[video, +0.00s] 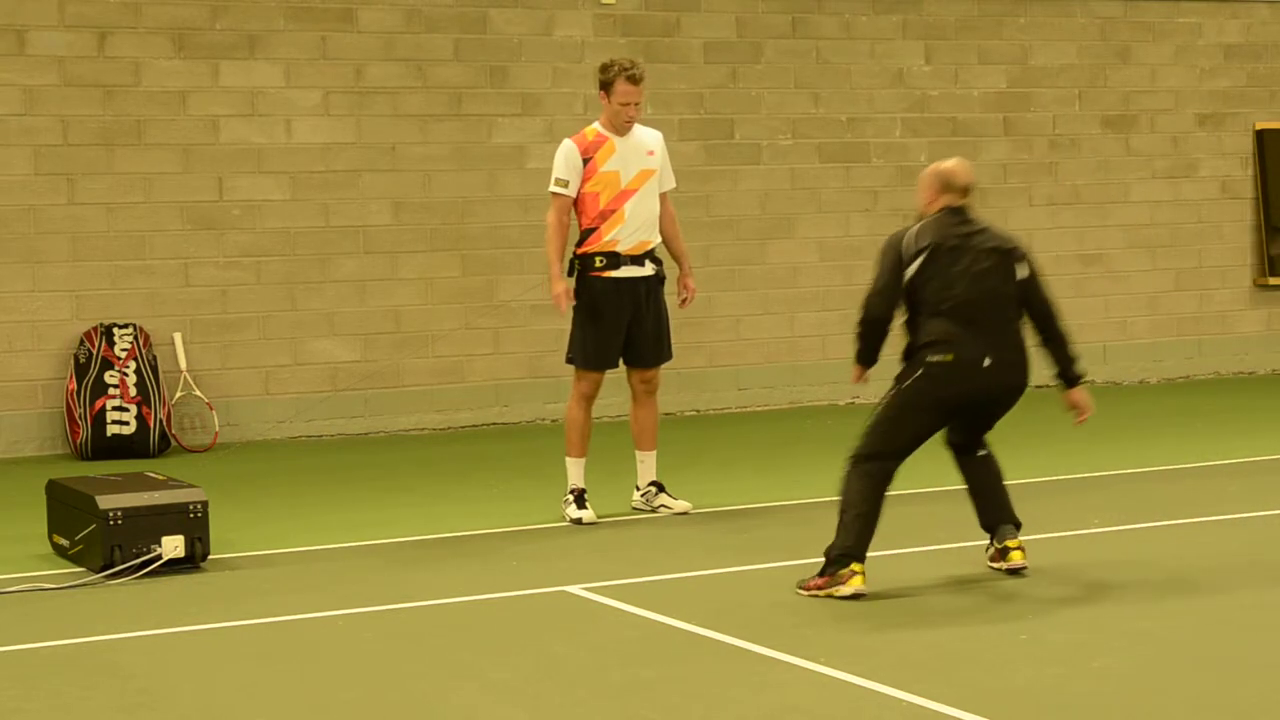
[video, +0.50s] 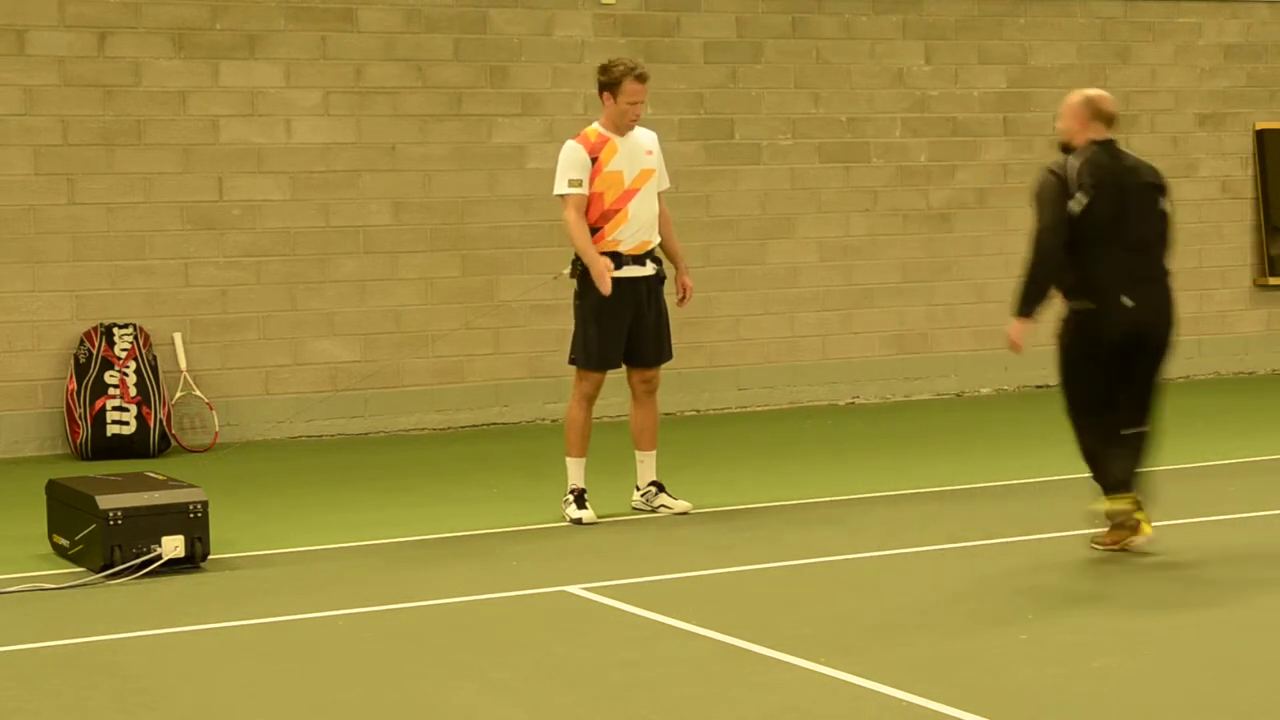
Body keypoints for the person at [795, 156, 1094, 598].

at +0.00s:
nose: (919, 199)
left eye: (922, 192)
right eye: (922, 190)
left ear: (934, 195)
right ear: (964, 196)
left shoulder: (907, 242)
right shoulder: (1005, 245)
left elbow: (878, 307)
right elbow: (1044, 316)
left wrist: (864, 357)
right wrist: (1071, 380)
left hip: (940, 371)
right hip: (1006, 375)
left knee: (871, 459)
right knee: (967, 436)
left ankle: (845, 564)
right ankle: (1007, 538)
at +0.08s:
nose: (951, 181)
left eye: (955, 174)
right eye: (954, 173)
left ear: (968, 177)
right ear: (998, 179)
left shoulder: (940, 224)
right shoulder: (1034, 232)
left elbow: (908, 286)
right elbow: (1069, 306)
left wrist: (885, 342)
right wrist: (1086, 371)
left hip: (959, 356)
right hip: (1024, 361)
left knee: (901, 445)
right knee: (987, 435)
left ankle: (854, 543)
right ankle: (1009, 538)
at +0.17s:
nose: (979, 166)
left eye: (983, 159)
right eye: (983, 157)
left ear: (994, 163)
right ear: (1026, 165)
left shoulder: (967, 209)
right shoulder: (1059, 220)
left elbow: (935, 273)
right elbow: (1083, 296)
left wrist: (907, 332)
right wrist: (1075, 360)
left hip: (984, 342)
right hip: (1044, 351)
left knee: (924, 426)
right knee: (1006, 433)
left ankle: (891, 527)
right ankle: (1012, 539)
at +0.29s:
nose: (1008, 146)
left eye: (1012, 137)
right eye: (1011, 137)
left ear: (1028, 142)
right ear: (1056, 145)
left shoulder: (1005, 188)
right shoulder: (1091, 197)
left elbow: (977, 248)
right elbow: (1097, 272)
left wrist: (949, 309)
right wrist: (1076, 320)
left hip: (1023, 323)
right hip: (1085, 330)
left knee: (983, 400)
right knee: (1041, 424)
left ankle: (986, 508)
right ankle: (1017, 533)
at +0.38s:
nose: (1027, 127)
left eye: (1032, 118)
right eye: (1031, 118)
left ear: (1047, 124)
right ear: (1073, 126)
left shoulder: (1028, 172)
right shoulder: (1112, 179)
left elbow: (1011, 235)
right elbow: (1112, 250)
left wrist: (980, 297)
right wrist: (1046, 275)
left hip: (1050, 308)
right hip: (1112, 310)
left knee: (1027, 393)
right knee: (1071, 409)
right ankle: (1035, 519)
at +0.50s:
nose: (1059, 126)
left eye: (1065, 118)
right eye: (1061, 117)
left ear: (1085, 122)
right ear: (1106, 122)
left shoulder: (1063, 176)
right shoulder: (1147, 175)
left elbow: (1050, 246)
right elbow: (1156, 245)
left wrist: (1024, 310)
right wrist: (1130, 286)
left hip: (1092, 318)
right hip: (1151, 315)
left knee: (1087, 408)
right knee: (1132, 408)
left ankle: (1125, 508)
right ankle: (1123, 511)